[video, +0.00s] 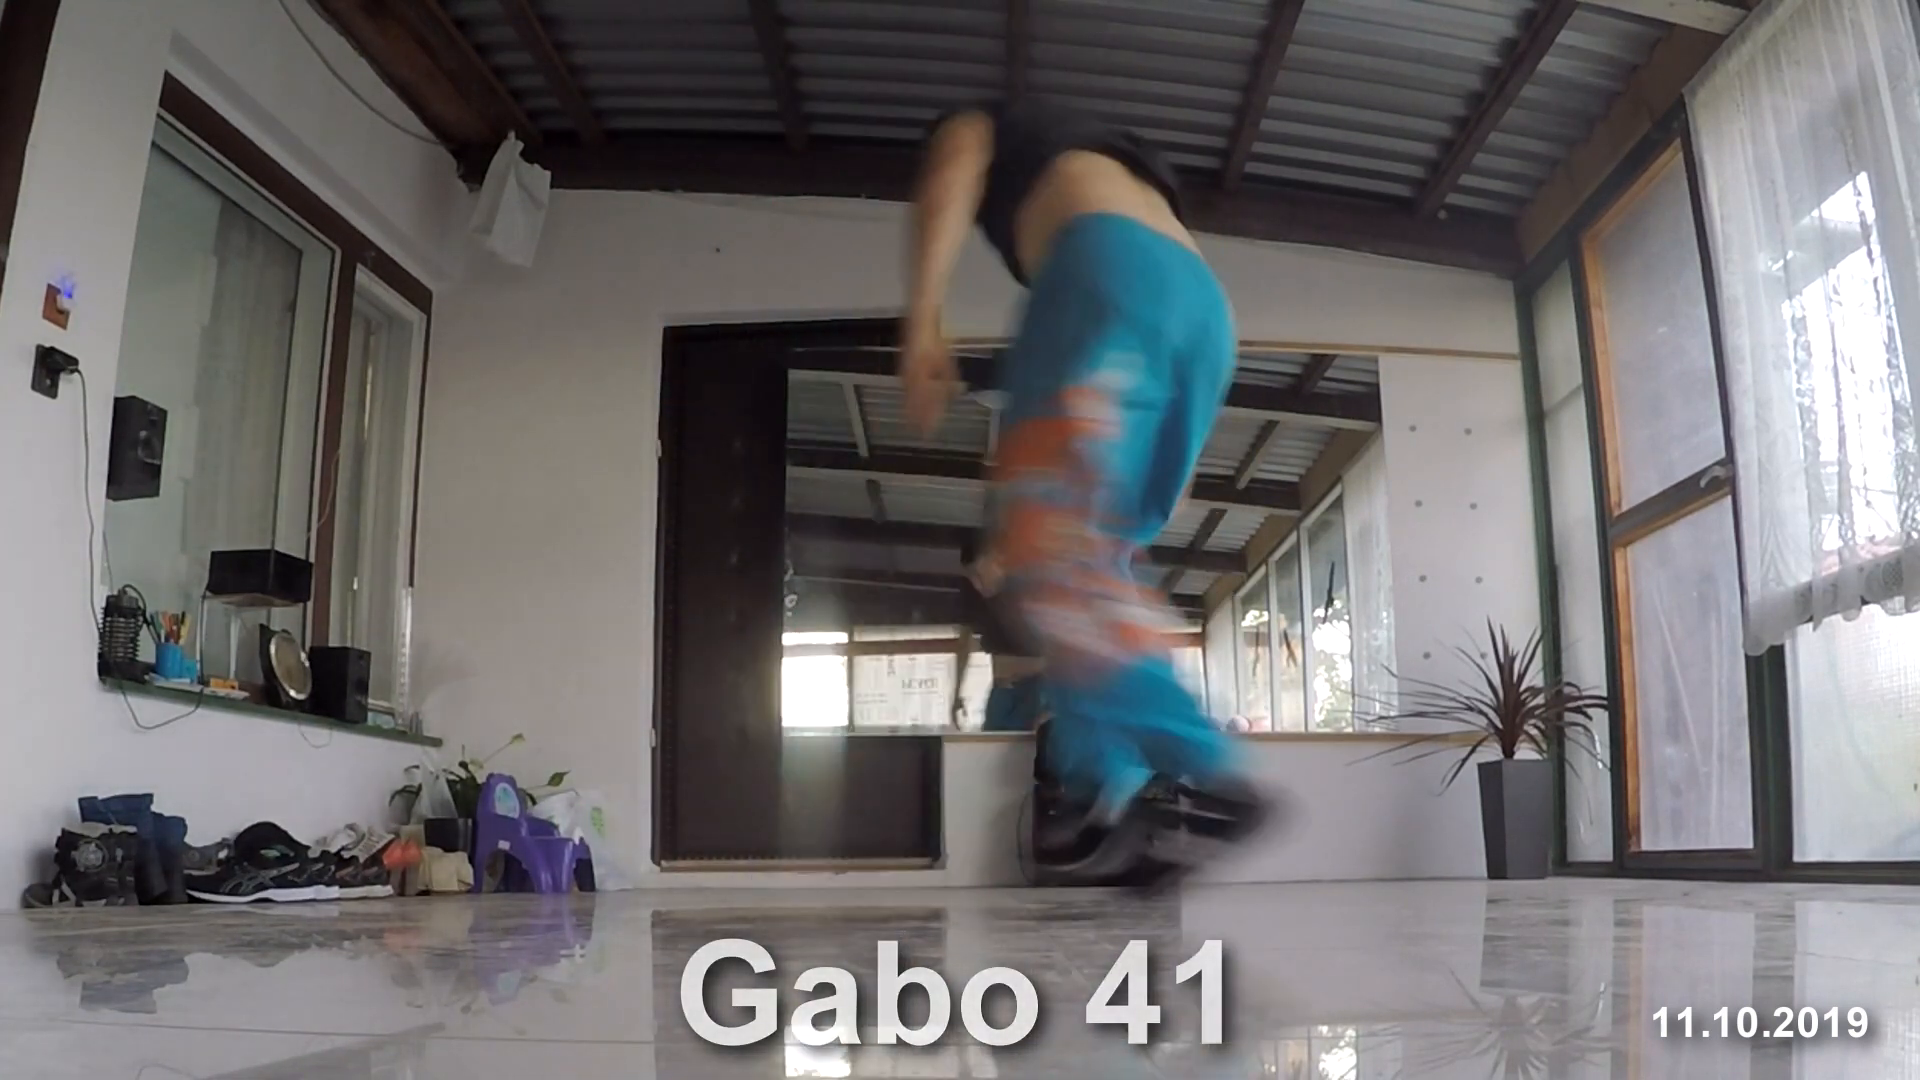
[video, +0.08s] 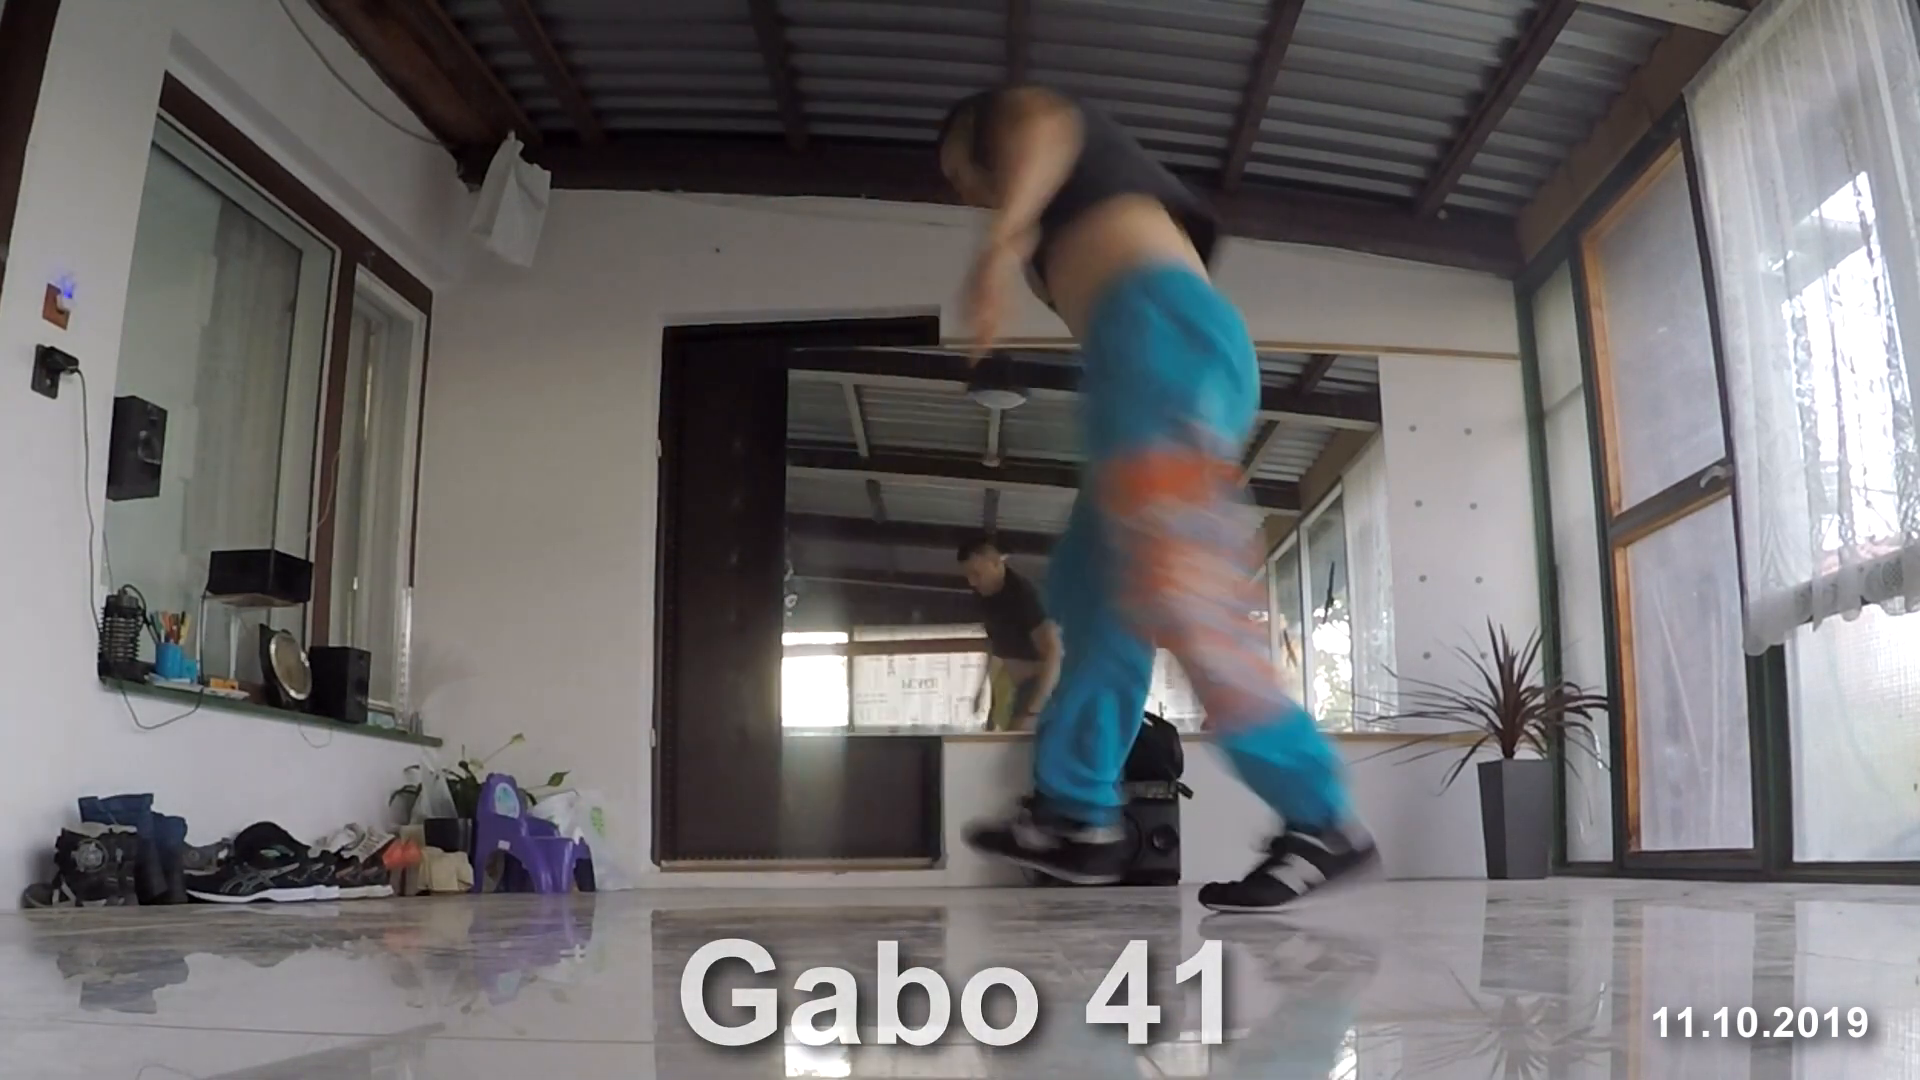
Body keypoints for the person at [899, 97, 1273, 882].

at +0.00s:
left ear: (981, 137)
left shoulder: (995, 127)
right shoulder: (1124, 184)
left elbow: (956, 153)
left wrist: (924, 322)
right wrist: (974, 372)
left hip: (1117, 272)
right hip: (1210, 314)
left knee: (1043, 549)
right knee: (1098, 554)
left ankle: (1207, 773)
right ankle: (1092, 790)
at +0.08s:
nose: (961, 188)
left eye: (958, 169)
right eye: (957, 182)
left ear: (980, 124)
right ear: (988, 155)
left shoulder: (1020, 110)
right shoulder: (1052, 204)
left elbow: (1053, 131)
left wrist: (1004, 241)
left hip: (1162, 322)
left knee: (1178, 580)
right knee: (1093, 585)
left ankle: (1323, 823)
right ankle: (1077, 813)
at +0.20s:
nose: (954, 150)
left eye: (954, 125)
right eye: (944, 139)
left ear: (1001, 87)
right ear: (976, 121)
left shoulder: (1087, 121)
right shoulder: (1034, 238)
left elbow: (1210, 153)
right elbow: (1060, 374)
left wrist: (1166, 200)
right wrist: (1024, 479)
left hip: (1205, 377)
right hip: (1148, 419)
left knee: (1250, 595)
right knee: (1075, 617)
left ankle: (1337, 836)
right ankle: (1198, 793)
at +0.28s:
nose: (972, 116)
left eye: (981, 92)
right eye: (961, 105)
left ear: (1035, 74)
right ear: (965, 116)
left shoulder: (1130, 142)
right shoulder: (1002, 209)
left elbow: (1255, 212)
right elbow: (1016, 344)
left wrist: (1221, 269)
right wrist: (1017, 459)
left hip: (1228, 409)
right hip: (1137, 436)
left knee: (1290, 600)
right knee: (1134, 634)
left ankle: (1365, 801)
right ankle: (1236, 810)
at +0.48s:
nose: (1059, 129)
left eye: (1076, 114)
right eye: (1047, 120)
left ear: (1121, 126)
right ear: (1037, 140)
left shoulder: (1183, 223)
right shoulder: (1013, 240)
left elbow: (1239, 346)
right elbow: (986, 361)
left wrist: (1200, 406)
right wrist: (1001, 477)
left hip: (1204, 479)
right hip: (1098, 503)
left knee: (1282, 605)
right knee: (1156, 684)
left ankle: (1277, 761)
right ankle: (1261, 836)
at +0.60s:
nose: (1111, 167)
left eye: (1127, 153)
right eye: (1097, 153)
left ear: (1160, 169)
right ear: (1081, 167)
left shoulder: (1183, 281)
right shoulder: (1027, 246)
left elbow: (1202, 411)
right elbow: (951, 324)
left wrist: (1205, 515)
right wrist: (922, 421)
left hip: (1123, 492)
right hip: (1033, 484)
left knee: (1118, 664)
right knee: (1102, 654)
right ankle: (1075, 825)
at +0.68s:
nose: (1122, 187)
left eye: (1139, 175)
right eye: (1110, 172)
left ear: (1167, 195)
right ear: (1091, 185)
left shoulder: (1183, 308)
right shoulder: (1031, 259)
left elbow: (1196, 427)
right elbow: (941, 329)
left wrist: (1210, 530)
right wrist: (900, 430)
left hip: (1104, 504)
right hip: (1018, 490)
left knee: (1103, 673)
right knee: (1053, 656)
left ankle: (1068, 843)